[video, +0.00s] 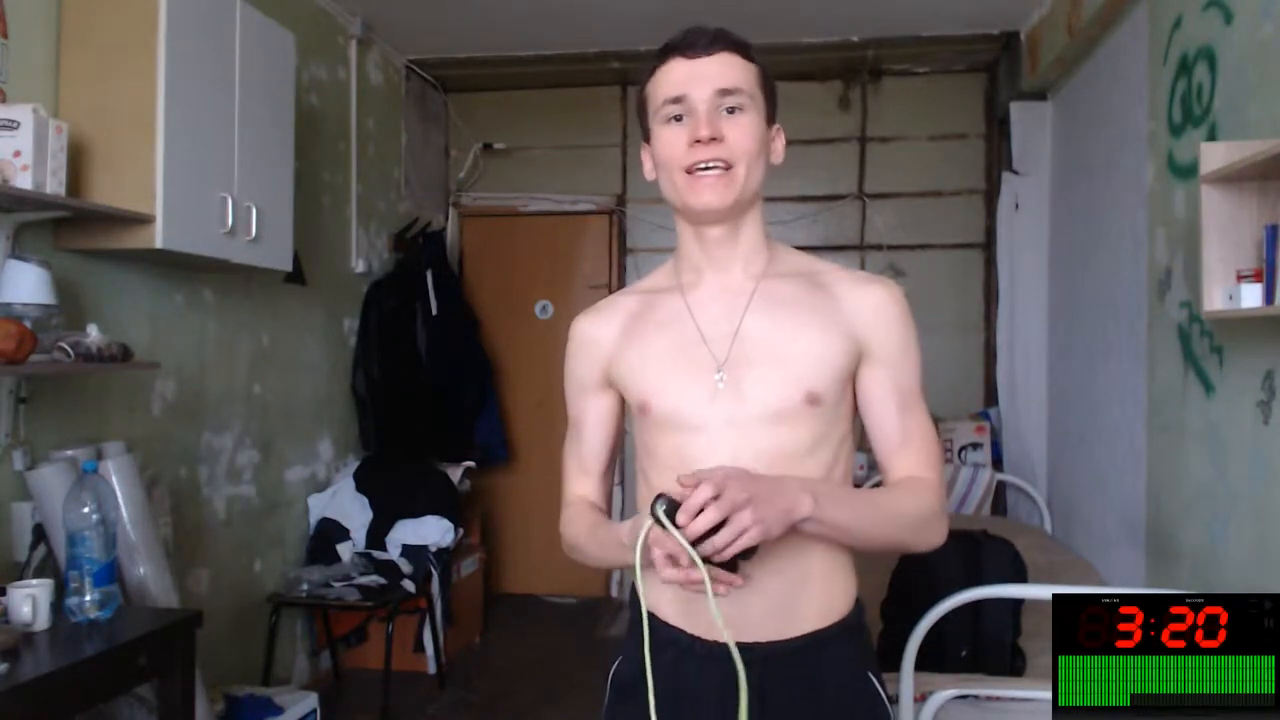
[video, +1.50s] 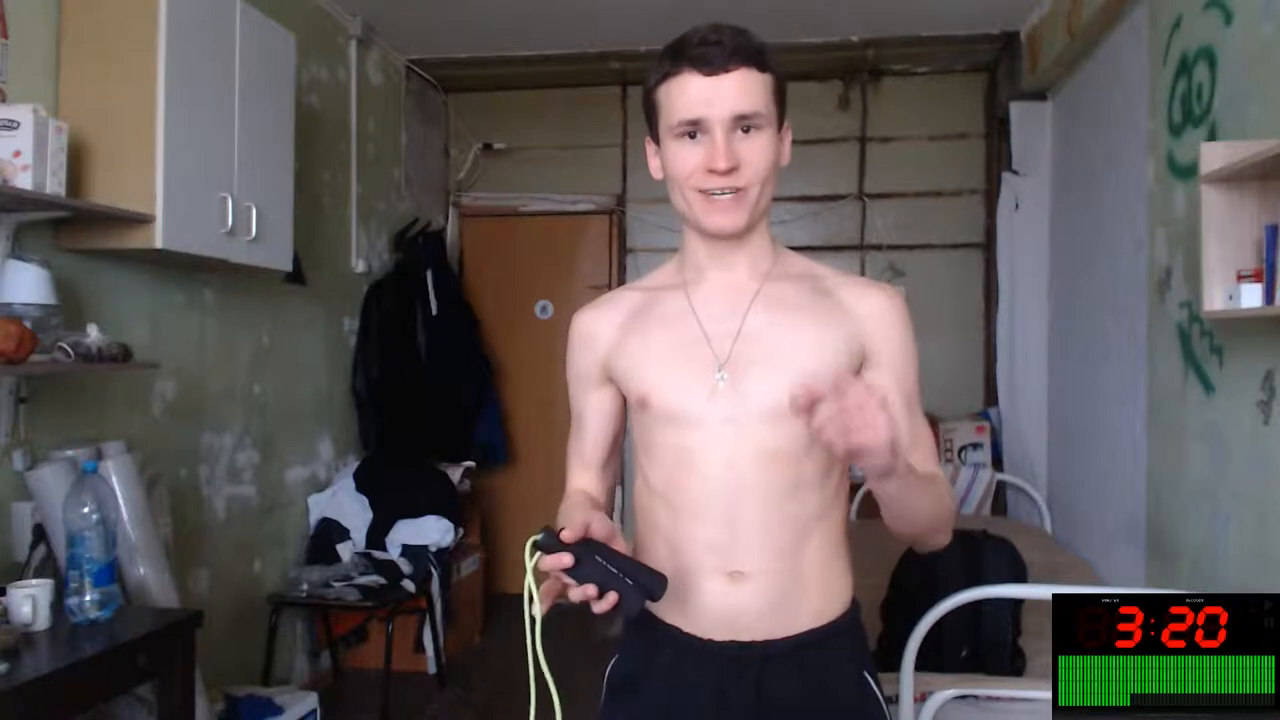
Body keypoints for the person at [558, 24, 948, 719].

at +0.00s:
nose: (704, 130)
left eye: (731, 108)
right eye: (677, 115)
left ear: (774, 144)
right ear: (648, 159)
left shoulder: (865, 307)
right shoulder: (604, 332)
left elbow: (924, 514)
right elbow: (577, 521)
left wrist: (798, 499)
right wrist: (638, 543)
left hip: (820, 676)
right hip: (665, 678)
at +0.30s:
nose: (716, 122)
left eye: (745, 105)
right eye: (689, 105)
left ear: (783, 150)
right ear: (656, 152)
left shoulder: (866, 302)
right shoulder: (600, 327)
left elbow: (937, 507)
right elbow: (575, 507)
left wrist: (807, 487)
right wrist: (630, 544)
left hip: (825, 672)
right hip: (669, 673)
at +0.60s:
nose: (731, 126)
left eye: (759, 109)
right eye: (704, 107)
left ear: (792, 152)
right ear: (665, 147)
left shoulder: (868, 303)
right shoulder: (604, 326)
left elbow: (946, 521)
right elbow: (574, 504)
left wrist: (842, 377)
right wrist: (599, 535)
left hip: (827, 669)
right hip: (671, 671)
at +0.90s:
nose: (731, 138)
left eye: (758, 116)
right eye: (703, 115)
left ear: (792, 153)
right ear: (663, 149)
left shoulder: (870, 302)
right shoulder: (606, 328)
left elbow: (935, 526)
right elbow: (588, 490)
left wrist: (851, 388)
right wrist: (603, 540)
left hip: (830, 668)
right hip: (676, 670)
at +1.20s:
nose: (729, 168)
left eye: (752, 134)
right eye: (698, 139)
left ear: (786, 145)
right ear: (657, 157)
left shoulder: (872, 309)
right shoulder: (609, 330)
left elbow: (930, 537)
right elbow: (587, 488)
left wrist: (868, 462)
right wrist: (602, 537)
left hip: (825, 668)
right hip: (671, 670)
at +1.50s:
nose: (721, 160)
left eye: (746, 128)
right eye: (692, 134)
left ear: (783, 145)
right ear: (654, 157)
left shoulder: (867, 313)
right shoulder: (605, 328)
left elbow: (932, 532)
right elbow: (585, 491)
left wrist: (888, 468)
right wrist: (591, 543)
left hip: (818, 671)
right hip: (664, 669)